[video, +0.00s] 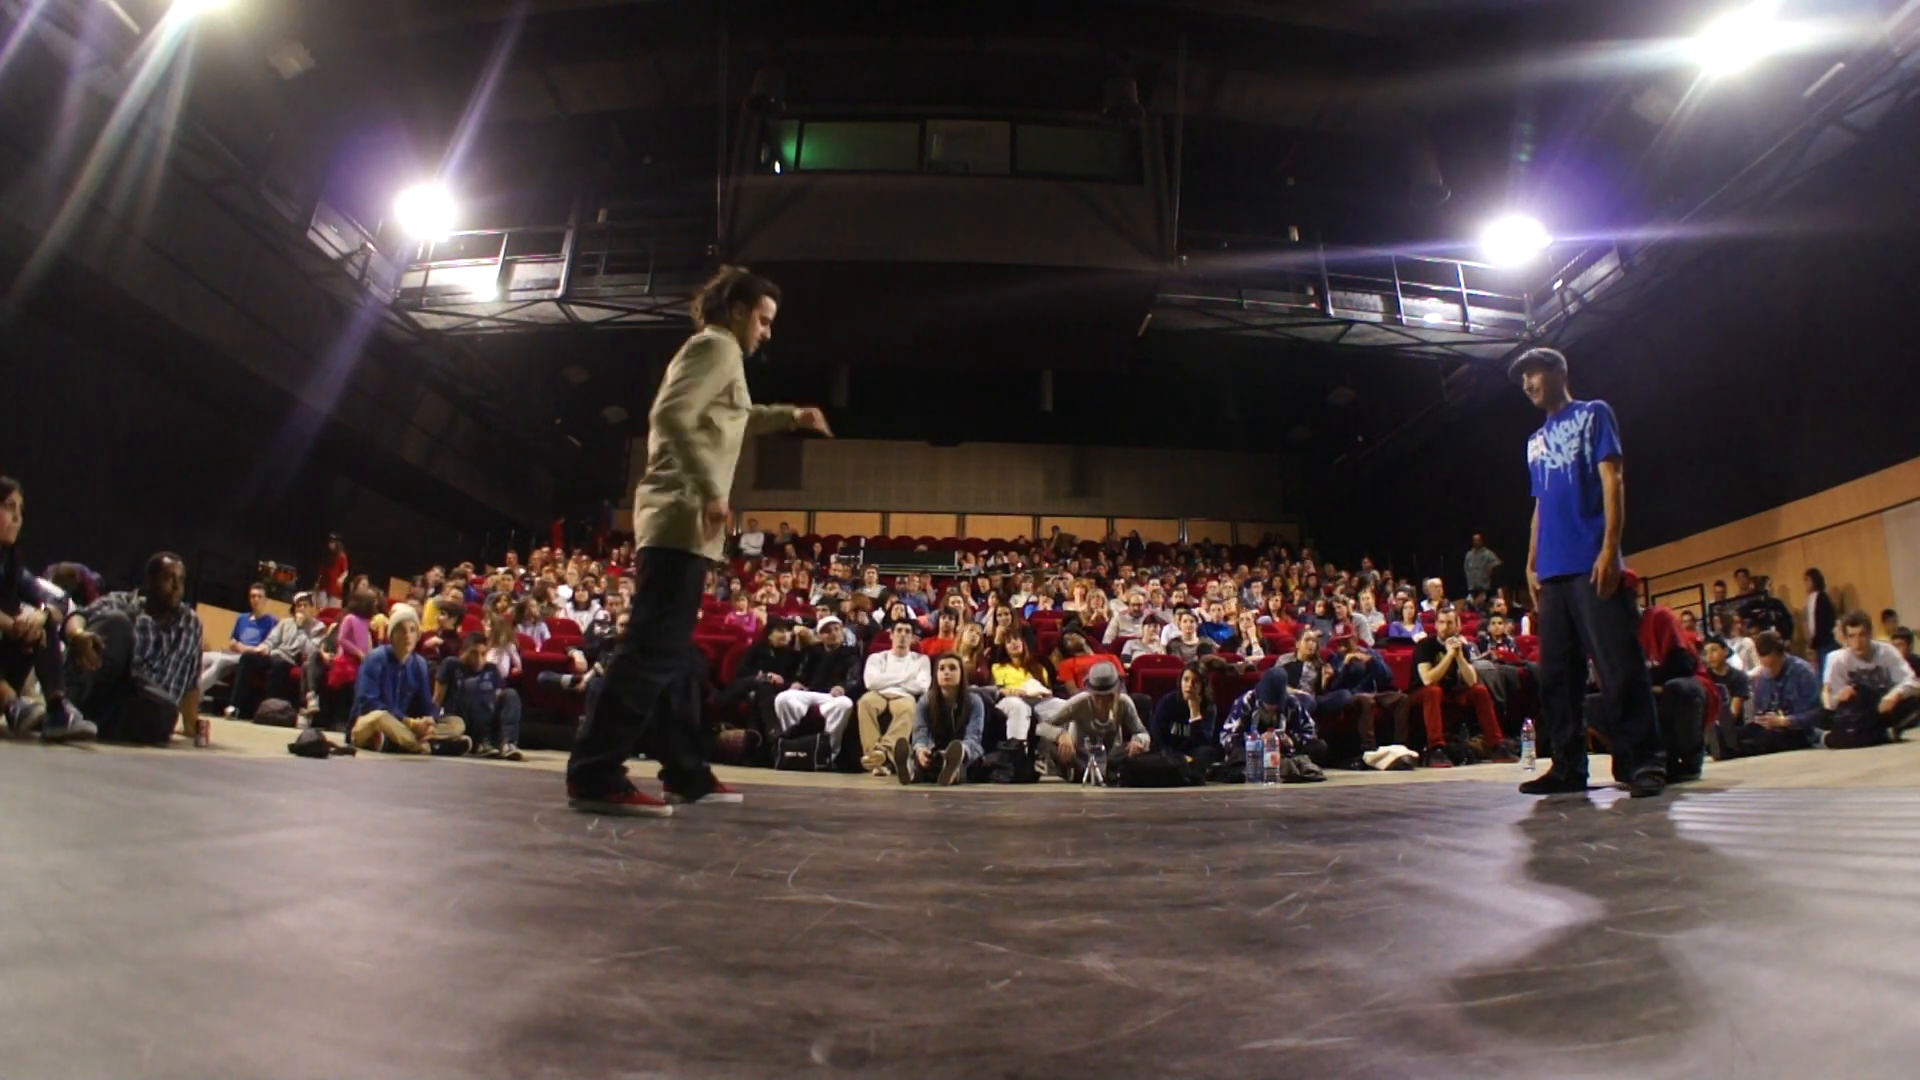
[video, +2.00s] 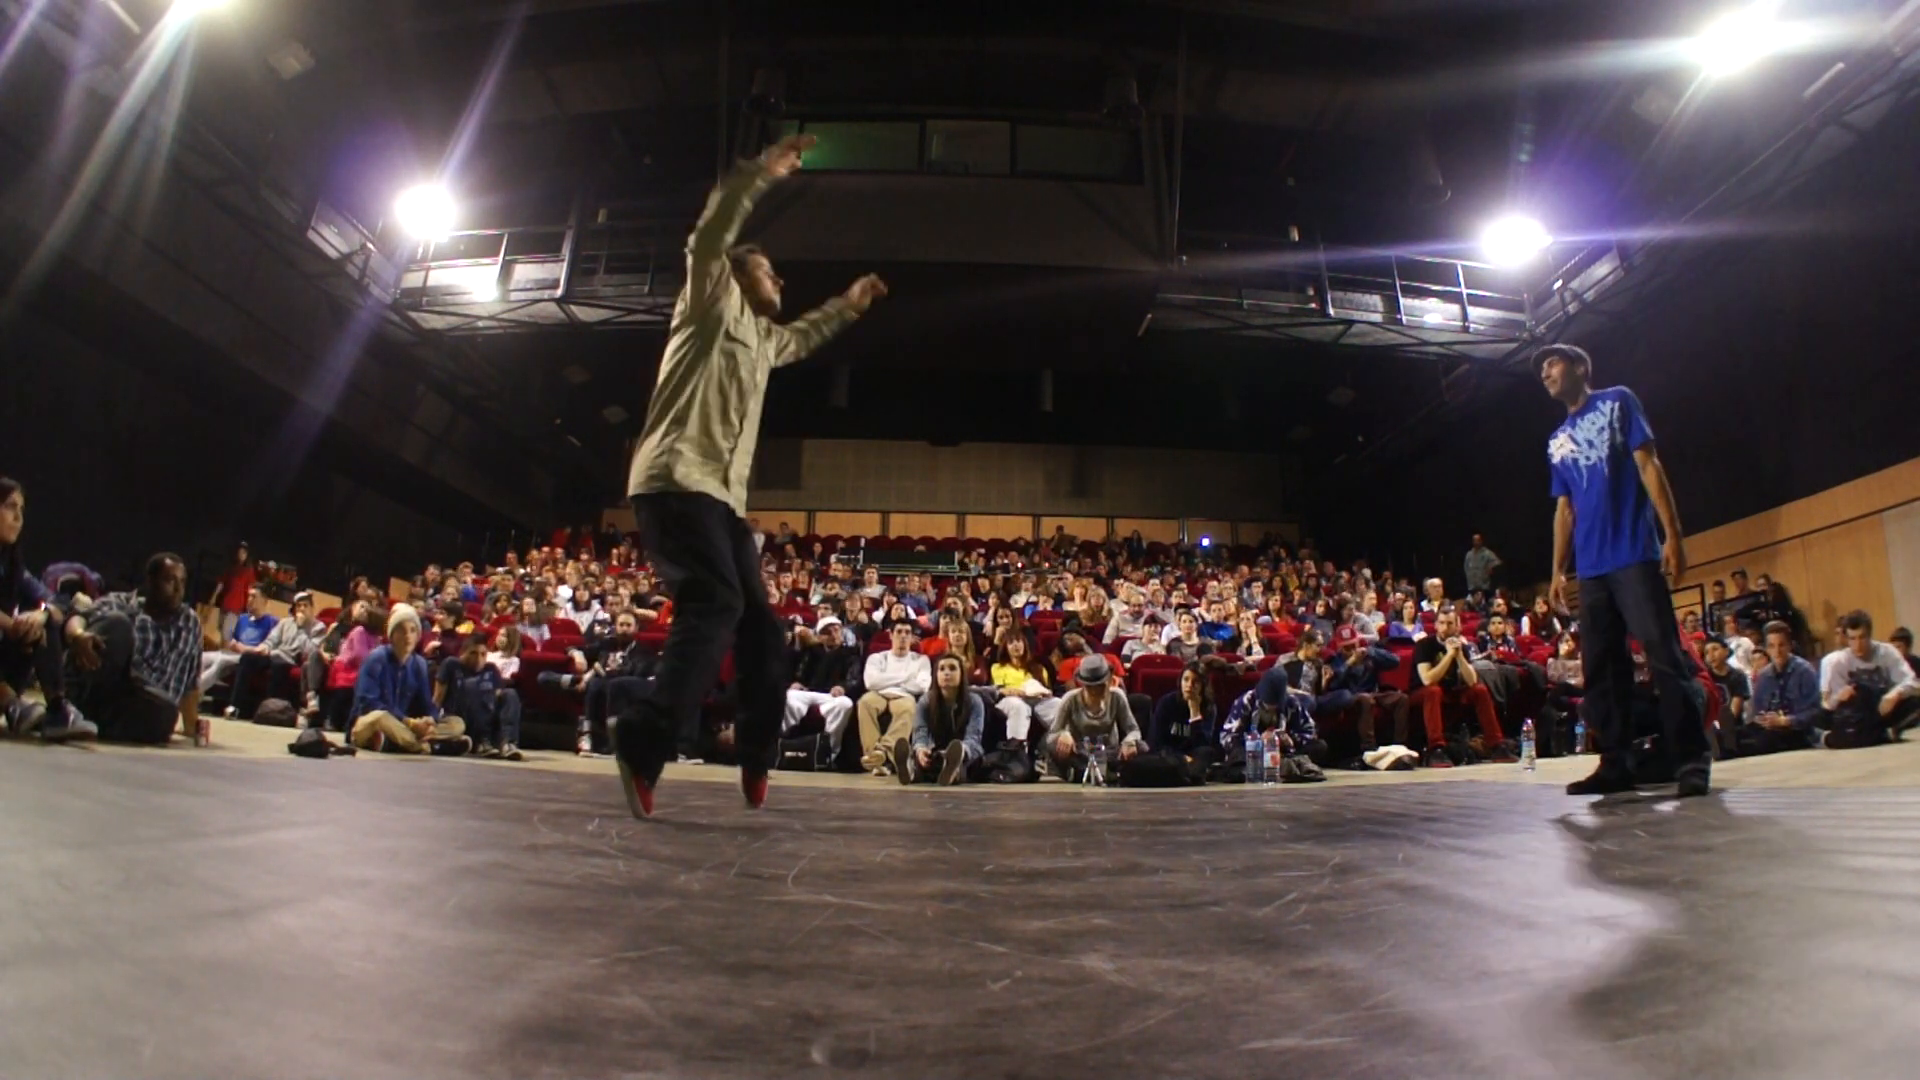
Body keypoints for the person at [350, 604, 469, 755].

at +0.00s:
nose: (407, 636)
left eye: (412, 631)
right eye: (401, 631)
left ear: (418, 635)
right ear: (391, 635)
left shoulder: (420, 664)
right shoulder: (375, 659)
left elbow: (426, 704)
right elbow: (367, 703)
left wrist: (430, 720)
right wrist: (407, 722)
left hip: (411, 724)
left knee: (457, 723)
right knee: (381, 718)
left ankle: (394, 743)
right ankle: (426, 748)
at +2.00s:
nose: (408, 637)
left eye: (413, 631)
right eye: (401, 631)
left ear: (418, 635)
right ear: (391, 635)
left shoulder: (420, 664)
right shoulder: (376, 659)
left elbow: (426, 704)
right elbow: (367, 703)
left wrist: (430, 720)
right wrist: (407, 722)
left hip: (411, 725)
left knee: (457, 724)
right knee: (380, 717)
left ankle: (394, 744)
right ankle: (425, 748)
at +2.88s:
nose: (408, 637)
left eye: (412, 631)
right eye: (401, 631)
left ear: (418, 635)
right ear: (391, 635)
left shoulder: (419, 664)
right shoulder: (375, 659)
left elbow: (426, 704)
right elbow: (367, 704)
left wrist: (430, 720)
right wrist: (407, 722)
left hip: (412, 725)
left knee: (457, 723)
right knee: (381, 718)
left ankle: (395, 743)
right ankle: (424, 748)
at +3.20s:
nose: (408, 637)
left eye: (413, 631)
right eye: (402, 631)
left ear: (418, 635)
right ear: (391, 635)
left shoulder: (419, 664)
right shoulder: (375, 660)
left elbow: (426, 704)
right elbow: (367, 704)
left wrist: (430, 720)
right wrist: (407, 722)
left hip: (412, 725)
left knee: (457, 723)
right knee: (381, 718)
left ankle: (394, 744)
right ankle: (425, 748)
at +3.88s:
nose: (400, 637)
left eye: (407, 632)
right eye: (396, 630)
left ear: (417, 638)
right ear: (390, 634)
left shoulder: (420, 665)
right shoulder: (373, 660)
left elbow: (420, 707)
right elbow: (364, 704)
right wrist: (406, 700)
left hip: (410, 724)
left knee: (456, 724)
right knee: (379, 718)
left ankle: (393, 744)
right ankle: (428, 747)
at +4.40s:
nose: (384, 632)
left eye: (390, 626)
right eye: (379, 626)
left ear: (401, 633)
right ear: (374, 631)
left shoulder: (410, 664)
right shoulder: (361, 660)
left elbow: (430, 706)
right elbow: (358, 703)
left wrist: (423, 716)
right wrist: (386, 669)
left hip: (400, 725)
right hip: (363, 726)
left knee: (457, 723)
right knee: (379, 717)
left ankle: (394, 743)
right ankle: (429, 747)